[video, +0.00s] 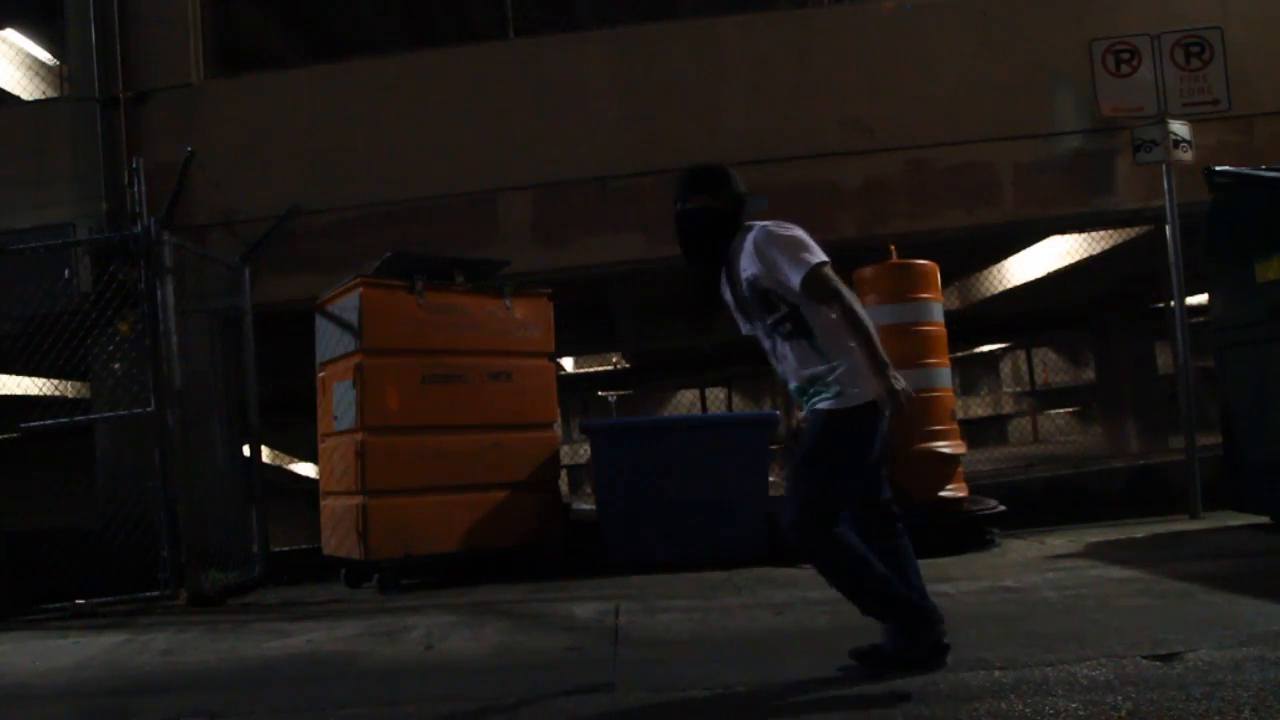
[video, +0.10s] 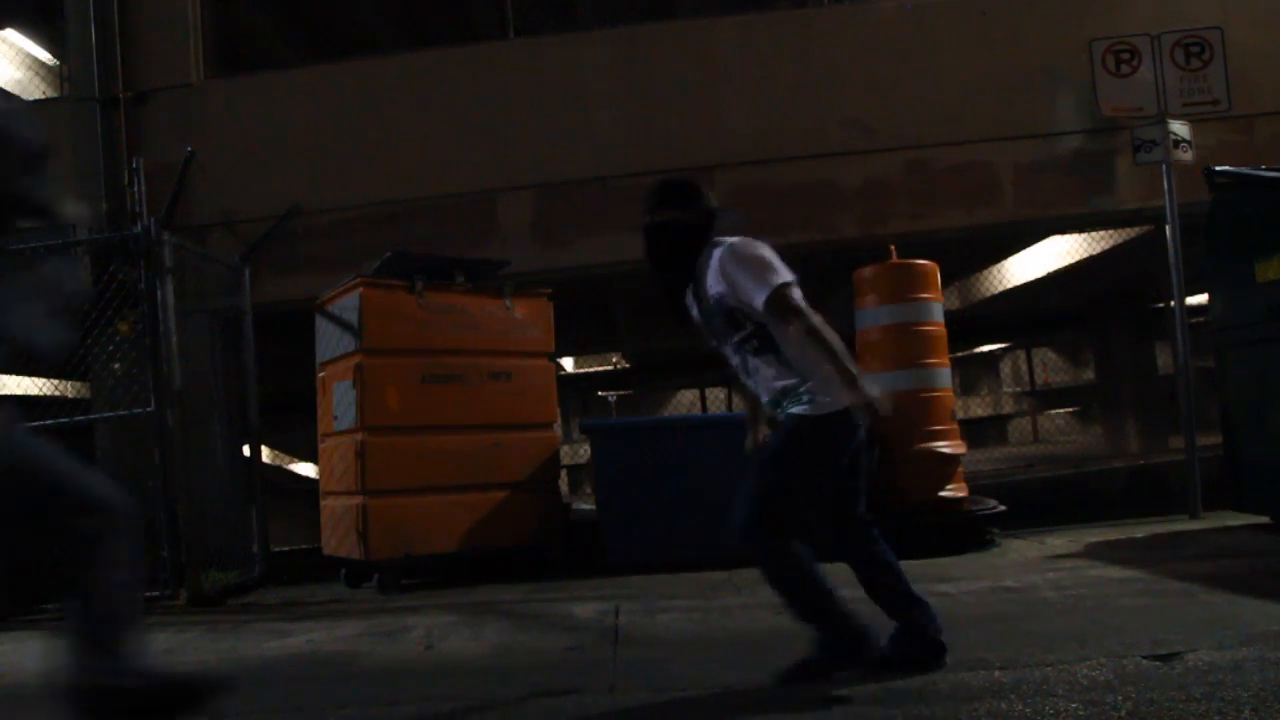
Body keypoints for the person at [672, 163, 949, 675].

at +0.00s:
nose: (686, 228)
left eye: (694, 214)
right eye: (683, 216)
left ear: (721, 209)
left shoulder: (769, 240)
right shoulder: (733, 276)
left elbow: (840, 296)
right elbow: (782, 349)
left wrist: (886, 373)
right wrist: (791, 412)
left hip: (852, 400)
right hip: (822, 409)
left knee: (811, 522)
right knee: (870, 516)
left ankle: (910, 630)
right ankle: (914, 633)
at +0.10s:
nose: (653, 241)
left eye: (660, 228)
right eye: (652, 229)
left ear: (684, 225)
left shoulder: (735, 255)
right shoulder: (700, 291)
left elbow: (801, 320)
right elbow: (748, 363)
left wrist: (858, 391)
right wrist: (756, 423)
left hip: (825, 415)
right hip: (797, 422)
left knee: (762, 530)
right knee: (846, 527)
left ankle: (841, 640)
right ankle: (918, 634)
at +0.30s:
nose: (555, 256)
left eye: (559, 245)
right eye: (556, 248)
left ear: (576, 240)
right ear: (609, 234)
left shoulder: (615, 269)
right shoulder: (622, 275)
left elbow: (573, 303)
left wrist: (497, 298)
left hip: (728, 429)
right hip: (737, 424)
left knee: (670, 557)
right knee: (770, 539)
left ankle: (741, 675)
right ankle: (888, 611)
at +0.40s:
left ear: (518, 202)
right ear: (556, 202)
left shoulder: (554, 240)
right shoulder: (574, 248)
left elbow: (536, 268)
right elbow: (628, 312)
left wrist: (479, 248)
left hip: (660, 413)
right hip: (660, 412)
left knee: (690, 532)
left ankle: (820, 579)